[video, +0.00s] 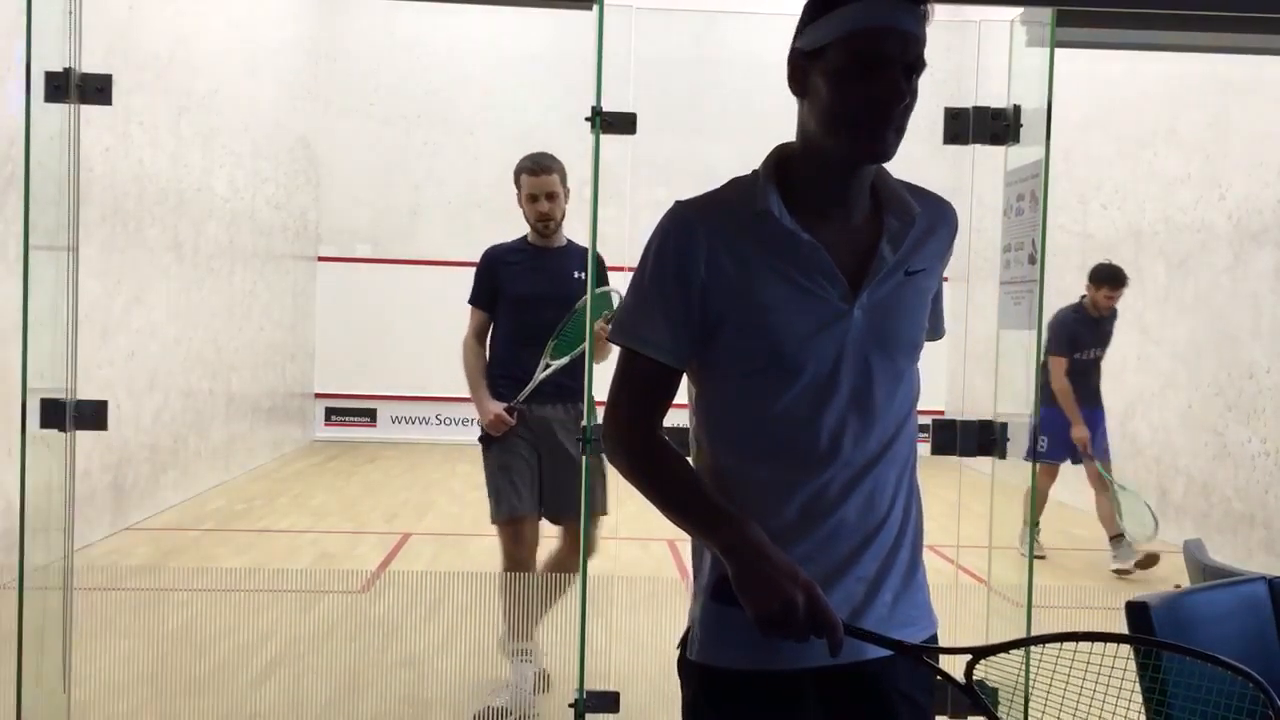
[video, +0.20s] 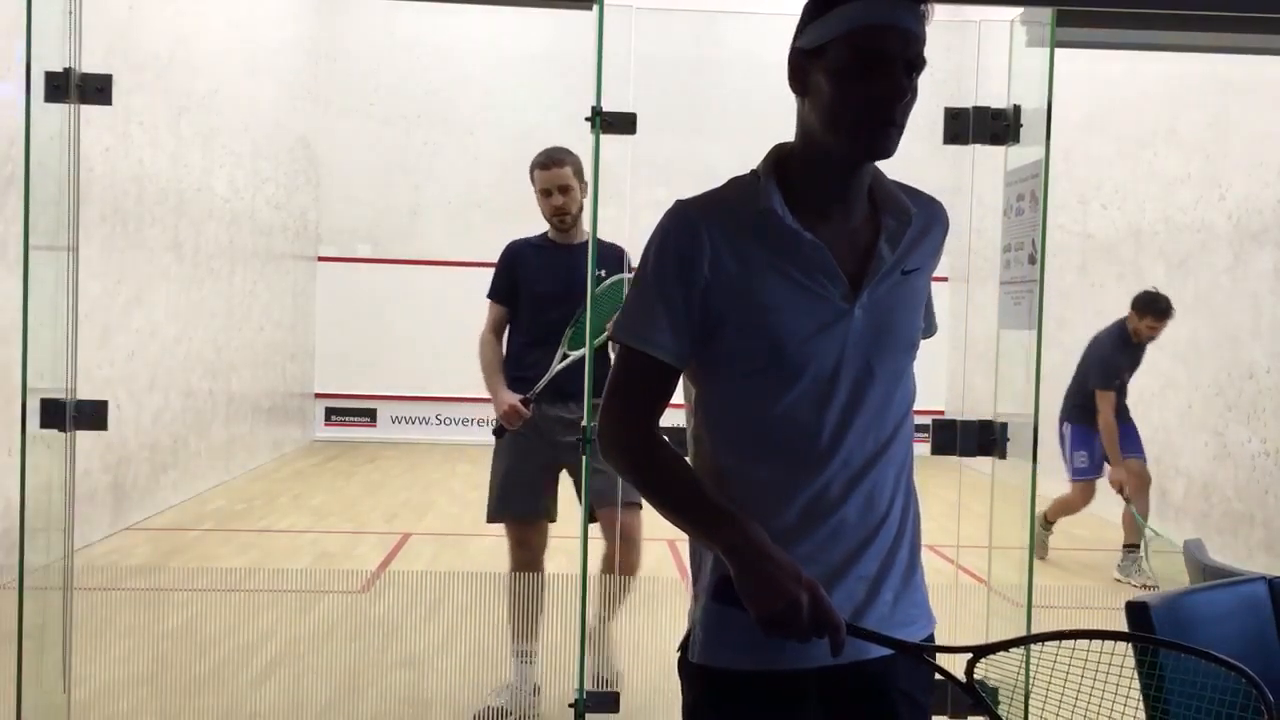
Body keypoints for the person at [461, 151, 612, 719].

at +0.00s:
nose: (544, 207)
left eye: (552, 196)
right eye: (534, 198)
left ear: (567, 197)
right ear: (519, 199)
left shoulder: (588, 264)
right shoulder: (497, 261)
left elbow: (601, 353)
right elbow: (474, 340)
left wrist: (602, 329)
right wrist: (483, 402)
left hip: (570, 417)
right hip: (511, 417)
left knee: (581, 538)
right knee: (518, 543)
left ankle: (522, 627)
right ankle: (523, 666)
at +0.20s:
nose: (558, 201)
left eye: (566, 190)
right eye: (547, 193)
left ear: (583, 189)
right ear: (535, 197)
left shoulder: (615, 260)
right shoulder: (518, 258)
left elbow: (631, 339)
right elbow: (490, 336)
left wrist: (627, 406)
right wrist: (500, 395)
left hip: (600, 422)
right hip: (530, 421)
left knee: (627, 542)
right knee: (525, 549)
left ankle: (600, 636)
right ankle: (523, 679)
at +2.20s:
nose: (451, 210)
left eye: (448, 204)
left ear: (452, 206)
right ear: (493, 203)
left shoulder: (462, 253)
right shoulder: (518, 255)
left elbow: (458, 333)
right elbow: (506, 332)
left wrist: (413, 324)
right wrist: (441, 322)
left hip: (480, 398)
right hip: (520, 396)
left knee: (473, 507)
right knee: (486, 501)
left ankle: (481, 635)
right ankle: (506, 613)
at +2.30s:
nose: (435, 210)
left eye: (433, 204)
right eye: (444, 201)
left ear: (437, 207)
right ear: (480, 203)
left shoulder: (448, 252)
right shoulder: (504, 256)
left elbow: (444, 332)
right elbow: (488, 333)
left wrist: (397, 323)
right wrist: (426, 323)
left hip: (465, 398)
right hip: (504, 397)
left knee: (467, 512)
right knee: (466, 508)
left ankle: (478, 638)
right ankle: (457, 618)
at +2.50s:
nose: (414, 215)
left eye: (413, 207)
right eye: (422, 206)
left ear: (418, 211)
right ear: (458, 208)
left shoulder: (429, 257)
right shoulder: (480, 261)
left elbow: (431, 334)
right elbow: (494, 338)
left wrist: (379, 333)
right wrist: (416, 332)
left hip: (435, 400)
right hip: (475, 402)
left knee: (442, 513)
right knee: (431, 507)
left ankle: (476, 634)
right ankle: (402, 614)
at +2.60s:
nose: (409, 214)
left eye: (407, 207)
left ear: (411, 210)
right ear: (452, 207)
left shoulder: (423, 255)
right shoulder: (470, 260)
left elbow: (425, 330)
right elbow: (485, 337)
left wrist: (372, 332)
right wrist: (422, 330)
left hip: (421, 399)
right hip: (461, 401)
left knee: (422, 508)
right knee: (422, 508)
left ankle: (470, 626)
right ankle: (400, 615)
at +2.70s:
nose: (402, 212)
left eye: (401, 205)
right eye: (413, 203)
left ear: (405, 208)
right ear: (445, 208)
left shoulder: (416, 252)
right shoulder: (460, 258)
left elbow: (419, 326)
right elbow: (474, 335)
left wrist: (369, 326)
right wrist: (405, 327)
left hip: (411, 395)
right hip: (451, 398)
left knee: (382, 505)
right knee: (419, 502)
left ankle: (453, 612)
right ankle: (400, 613)